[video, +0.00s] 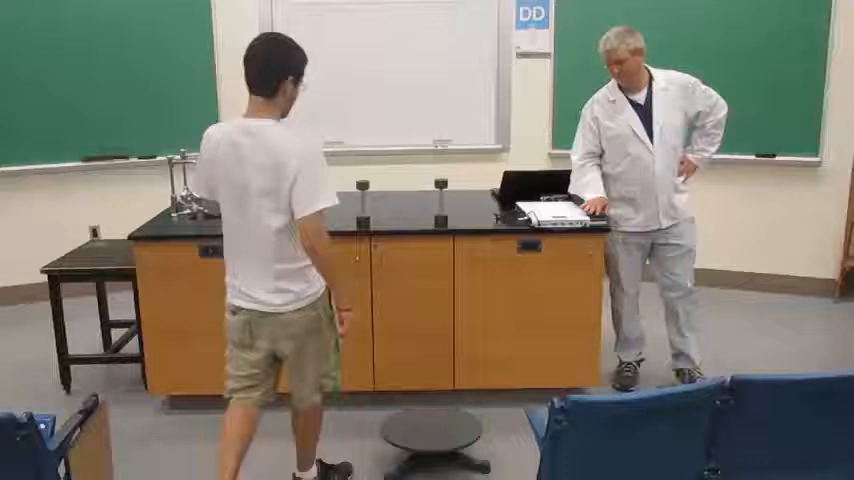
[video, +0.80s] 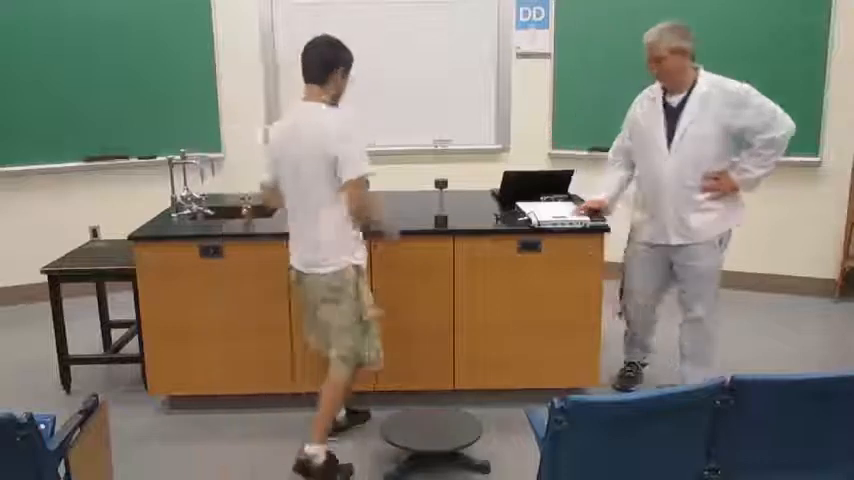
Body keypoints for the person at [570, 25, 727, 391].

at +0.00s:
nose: (613, 71)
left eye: (618, 63)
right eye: (609, 65)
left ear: (640, 56)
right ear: (606, 63)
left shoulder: (679, 87)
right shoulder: (598, 107)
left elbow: (716, 110)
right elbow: (585, 159)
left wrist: (698, 155)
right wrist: (594, 192)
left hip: (674, 215)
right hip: (624, 219)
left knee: (680, 291)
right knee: (623, 295)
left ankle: (686, 362)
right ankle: (628, 359)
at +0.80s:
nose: (652, 69)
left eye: (657, 61)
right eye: (649, 62)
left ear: (683, 55)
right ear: (656, 60)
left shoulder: (727, 95)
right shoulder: (644, 103)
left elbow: (779, 129)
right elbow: (623, 159)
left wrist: (739, 176)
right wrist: (605, 197)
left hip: (701, 229)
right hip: (649, 227)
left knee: (697, 314)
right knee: (636, 301)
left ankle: (697, 393)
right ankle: (634, 361)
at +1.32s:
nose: (656, 66)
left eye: (661, 58)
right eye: (655, 59)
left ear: (689, 53)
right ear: (675, 56)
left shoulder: (735, 96)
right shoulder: (658, 103)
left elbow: (791, 130)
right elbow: (632, 162)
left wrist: (753, 182)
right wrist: (606, 202)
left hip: (710, 235)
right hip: (659, 232)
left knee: (704, 322)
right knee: (649, 312)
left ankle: (694, 399)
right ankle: (636, 394)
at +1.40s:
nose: (656, 66)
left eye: (661, 58)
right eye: (655, 59)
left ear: (689, 53)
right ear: (675, 56)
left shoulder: (735, 96)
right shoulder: (658, 103)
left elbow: (791, 130)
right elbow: (632, 162)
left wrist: (753, 182)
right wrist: (606, 202)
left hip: (710, 235)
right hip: (659, 232)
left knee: (704, 322)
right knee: (649, 312)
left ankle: (694, 399)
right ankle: (636, 394)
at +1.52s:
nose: (647, 69)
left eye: (652, 60)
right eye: (645, 61)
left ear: (679, 54)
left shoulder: (728, 97)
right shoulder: (649, 107)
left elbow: (785, 132)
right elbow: (633, 167)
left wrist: (747, 185)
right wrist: (605, 202)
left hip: (704, 240)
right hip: (652, 239)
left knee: (701, 329)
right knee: (645, 325)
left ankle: (694, 407)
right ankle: (641, 406)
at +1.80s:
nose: (629, 70)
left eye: (634, 61)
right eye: (627, 63)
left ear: (662, 55)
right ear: (652, 59)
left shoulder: (712, 96)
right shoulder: (634, 106)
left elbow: (768, 131)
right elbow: (620, 167)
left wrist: (729, 186)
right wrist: (597, 205)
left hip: (687, 240)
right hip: (636, 238)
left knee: (683, 331)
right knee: (638, 328)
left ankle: (686, 411)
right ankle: (643, 407)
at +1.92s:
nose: (611, 74)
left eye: (616, 65)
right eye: (609, 66)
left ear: (644, 58)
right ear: (637, 61)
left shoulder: (693, 97)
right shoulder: (619, 106)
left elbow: (751, 134)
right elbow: (614, 171)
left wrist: (712, 191)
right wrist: (594, 211)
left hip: (668, 243)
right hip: (625, 241)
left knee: (645, 336)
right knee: (628, 336)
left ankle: (654, 425)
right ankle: (635, 423)